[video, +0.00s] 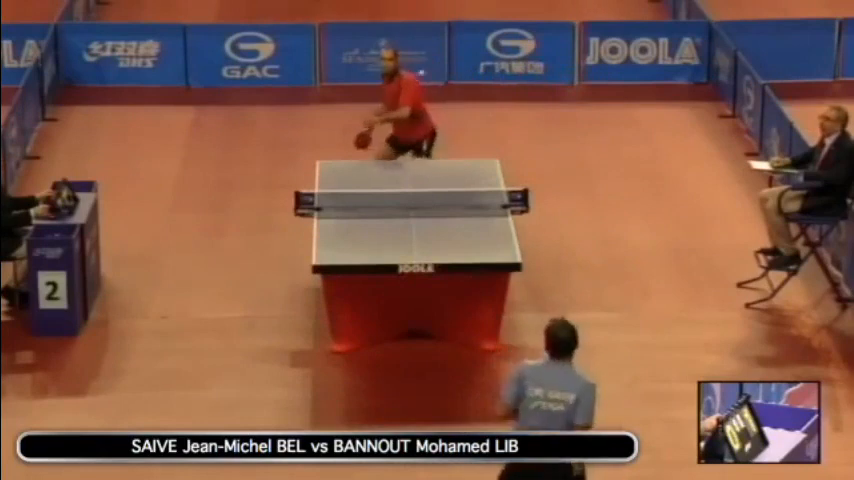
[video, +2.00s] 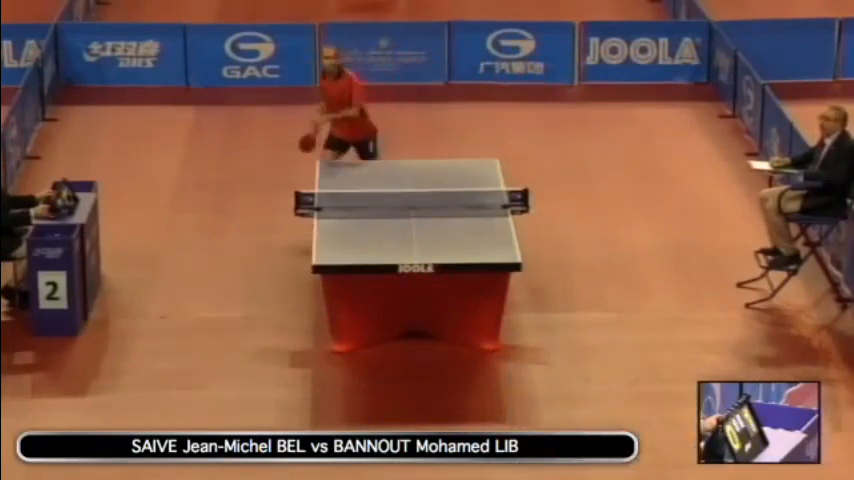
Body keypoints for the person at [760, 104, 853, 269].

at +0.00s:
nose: (821, 122)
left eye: (827, 119)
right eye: (822, 118)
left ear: (839, 125)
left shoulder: (846, 147)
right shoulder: (826, 140)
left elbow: (837, 177)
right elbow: (808, 158)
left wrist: (804, 175)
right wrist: (787, 163)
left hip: (829, 199)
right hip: (815, 191)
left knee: (774, 205)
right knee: (765, 196)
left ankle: (790, 254)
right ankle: (780, 247)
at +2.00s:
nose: (821, 123)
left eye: (827, 119)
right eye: (821, 118)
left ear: (839, 125)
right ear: (820, 119)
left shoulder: (846, 147)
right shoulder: (827, 140)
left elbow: (837, 177)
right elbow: (809, 157)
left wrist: (804, 175)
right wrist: (787, 163)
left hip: (829, 199)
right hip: (815, 191)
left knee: (773, 205)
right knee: (765, 197)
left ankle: (790, 254)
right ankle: (780, 247)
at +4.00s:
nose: (822, 124)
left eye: (829, 122)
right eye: (823, 120)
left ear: (840, 128)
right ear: (823, 120)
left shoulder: (846, 148)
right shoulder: (826, 141)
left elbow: (833, 178)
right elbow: (806, 159)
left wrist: (802, 177)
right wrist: (789, 164)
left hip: (829, 199)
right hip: (813, 191)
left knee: (774, 206)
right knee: (765, 197)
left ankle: (790, 254)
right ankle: (780, 247)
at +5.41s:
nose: (818, 125)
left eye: (823, 122)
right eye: (819, 121)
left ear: (835, 127)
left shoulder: (844, 148)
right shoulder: (824, 143)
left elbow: (833, 178)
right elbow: (804, 160)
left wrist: (803, 178)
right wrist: (788, 164)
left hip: (828, 199)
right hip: (814, 191)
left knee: (773, 206)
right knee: (765, 197)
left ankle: (790, 254)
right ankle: (781, 247)